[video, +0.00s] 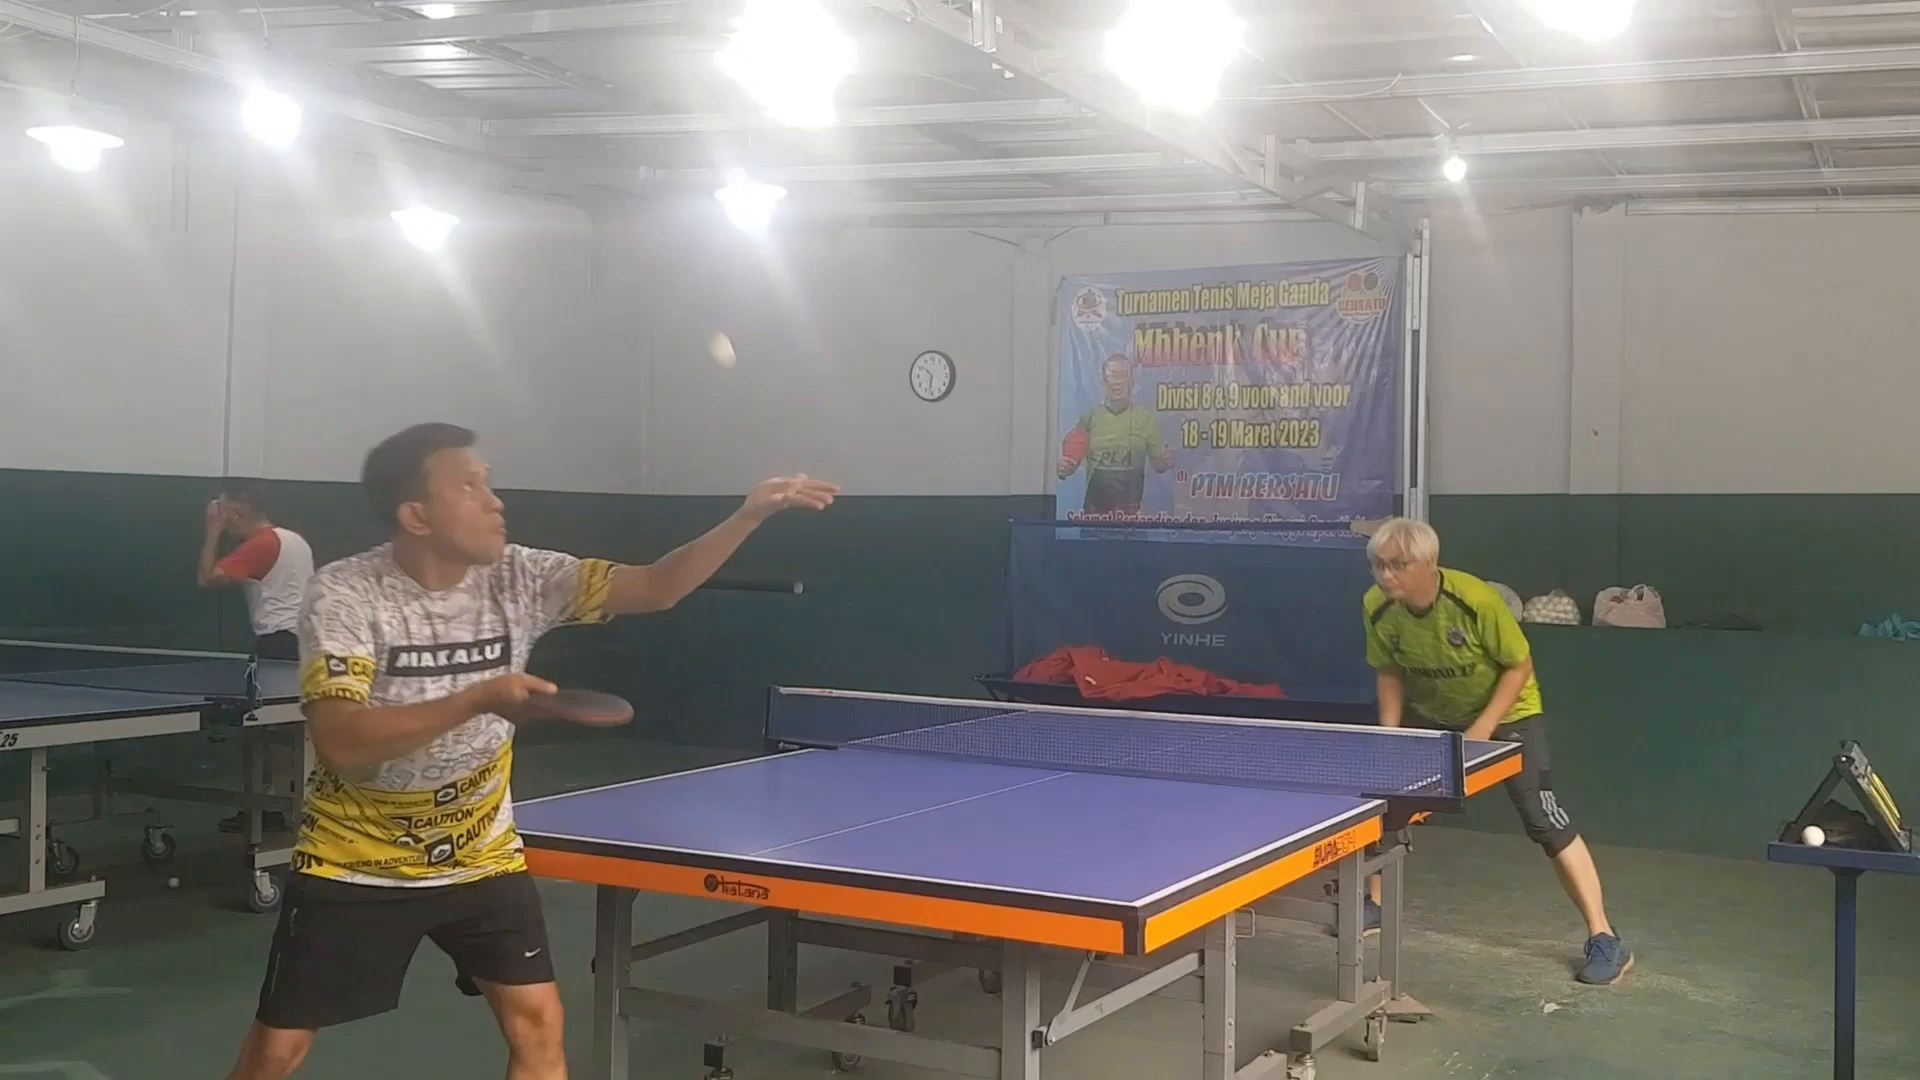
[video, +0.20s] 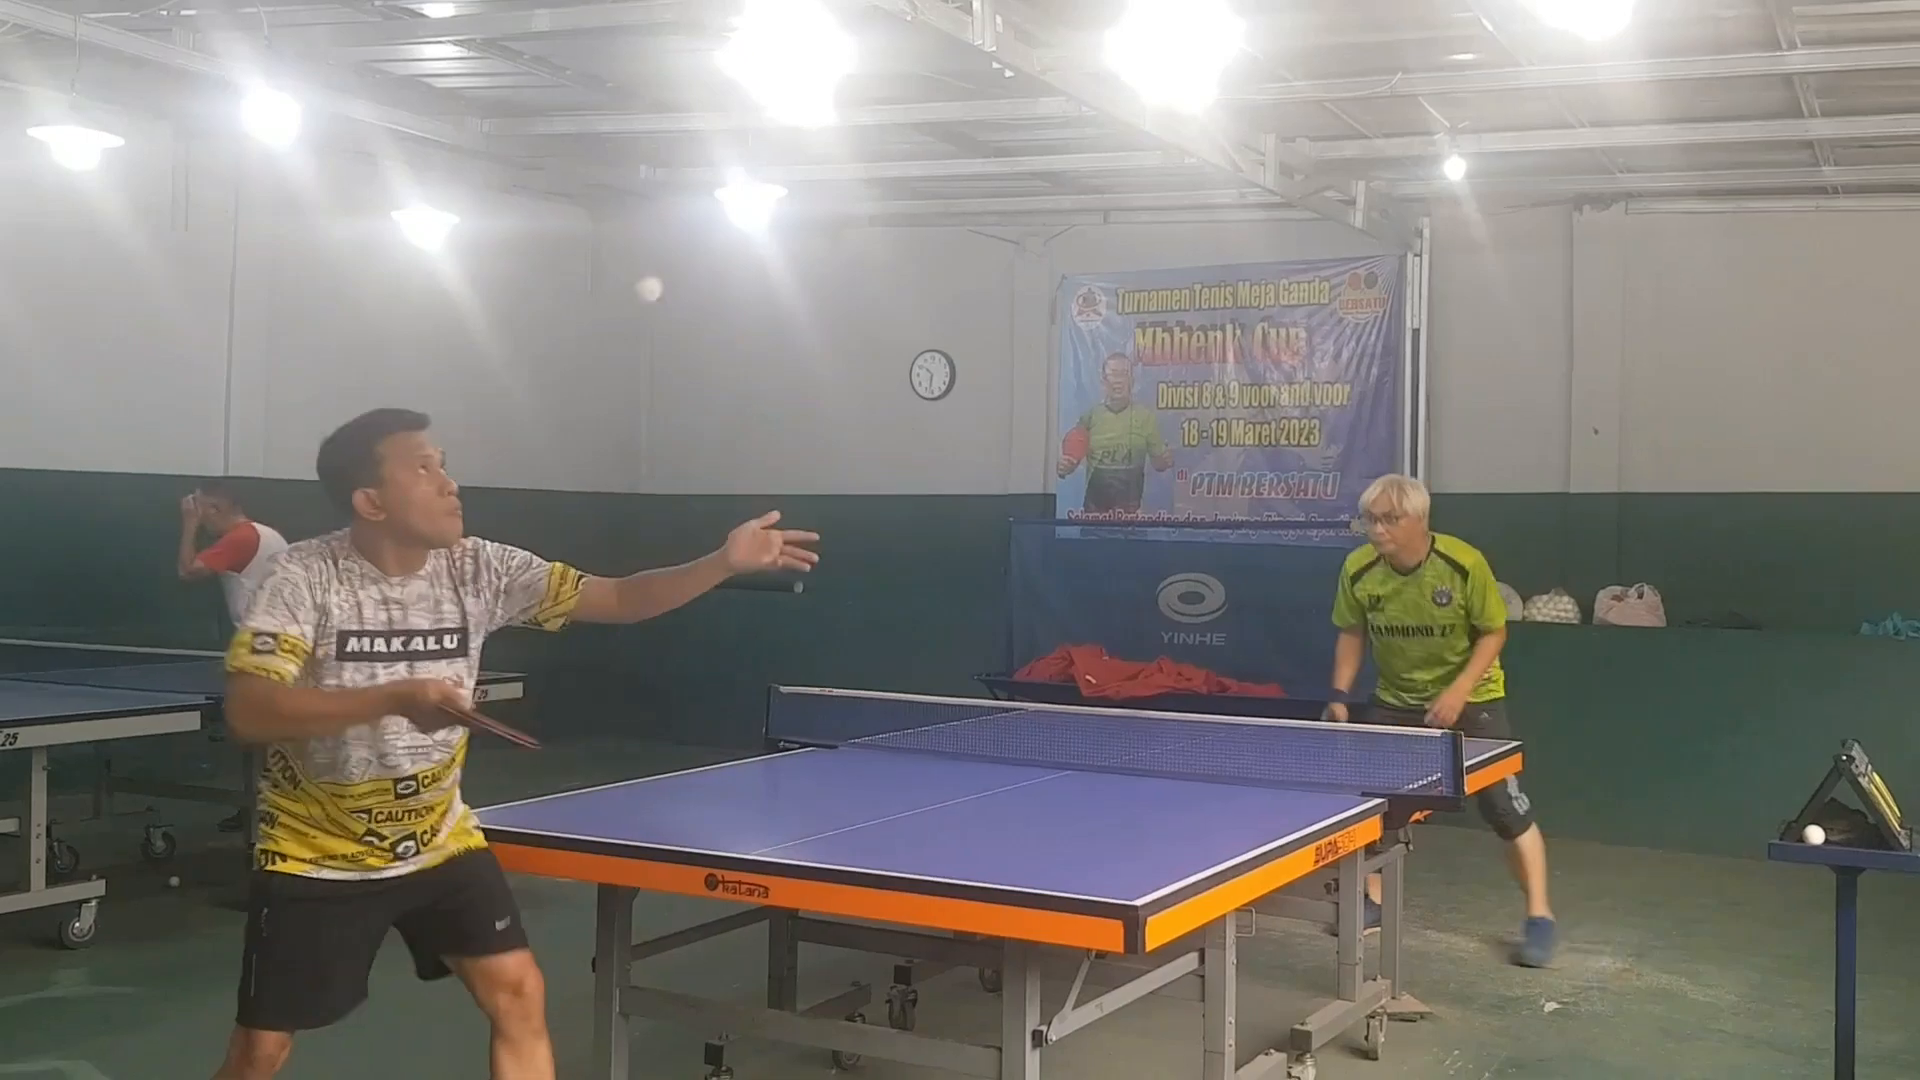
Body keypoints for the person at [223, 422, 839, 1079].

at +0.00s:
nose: (496, 498)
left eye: (490, 483)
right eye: (473, 487)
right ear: (413, 515)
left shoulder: (521, 578)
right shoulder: (347, 591)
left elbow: (654, 586)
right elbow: (339, 739)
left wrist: (753, 512)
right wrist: (476, 699)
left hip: (481, 853)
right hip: (355, 859)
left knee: (537, 1022)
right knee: (275, 1051)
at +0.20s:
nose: (449, 481)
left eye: (442, 465)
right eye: (424, 469)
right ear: (368, 503)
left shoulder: (481, 570)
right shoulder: (297, 577)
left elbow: (621, 597)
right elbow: (248, 710)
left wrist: (725, 561)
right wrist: (395, 698)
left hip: (436, 836)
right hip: (312, 848)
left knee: (518, 991)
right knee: (259, 1053)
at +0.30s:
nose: (462, 488)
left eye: (459, 472)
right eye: (439, 476)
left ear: (455, 492)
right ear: (379, 505)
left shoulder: (489, 574)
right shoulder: (303, 565)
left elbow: (626, 605)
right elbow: (197, 641)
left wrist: (731, 563)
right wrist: (340, 633)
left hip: (428, 822)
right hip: (307, 838)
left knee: (537, 958)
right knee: (255, 1046)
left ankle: (476, 1074)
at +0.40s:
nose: (518, 527)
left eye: (519, 509)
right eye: (498, 510)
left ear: (519, 515)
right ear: (437, 521)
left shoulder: (538, 590)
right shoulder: (370, 561)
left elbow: (674, 607)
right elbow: (208, 562)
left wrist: (745, 544)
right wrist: (356, 592)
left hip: (444, 835)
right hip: (329, 843)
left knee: (550, 969)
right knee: (262, 1049)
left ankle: (431, 1052)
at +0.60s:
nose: (686, 635)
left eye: (692, 619)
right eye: (683, 615)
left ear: (639, 610)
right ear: (638, 605)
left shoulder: (628, 681)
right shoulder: (513, 611)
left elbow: (711, 729)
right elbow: (380, 689)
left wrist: (718, 612)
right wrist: (473, 607)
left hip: (509, 895)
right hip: (407, 889)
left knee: (615, 1037)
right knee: (372, 1069)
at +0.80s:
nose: (671, 616)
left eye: (674, 600)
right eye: (670, 597)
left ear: (626, 590)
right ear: (630, 589)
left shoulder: (608, 672)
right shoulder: (495, 613)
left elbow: (678, 757)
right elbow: (407, 717)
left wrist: (726, 702)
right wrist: (531, 696)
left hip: (490, 887)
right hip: (397, 878)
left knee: (600, 1025)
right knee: (404, 1070)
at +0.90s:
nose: (625, 583)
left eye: (627, 565)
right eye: (624, 564)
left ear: (580, 563)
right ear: (586, 563)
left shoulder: (543, 648)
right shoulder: (468, 606)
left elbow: (601, 749)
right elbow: (411, 727)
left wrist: (669, 719)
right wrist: (562, 715)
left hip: (450, 891)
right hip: (368, 896)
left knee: (551, 1024)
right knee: (370, 1067)